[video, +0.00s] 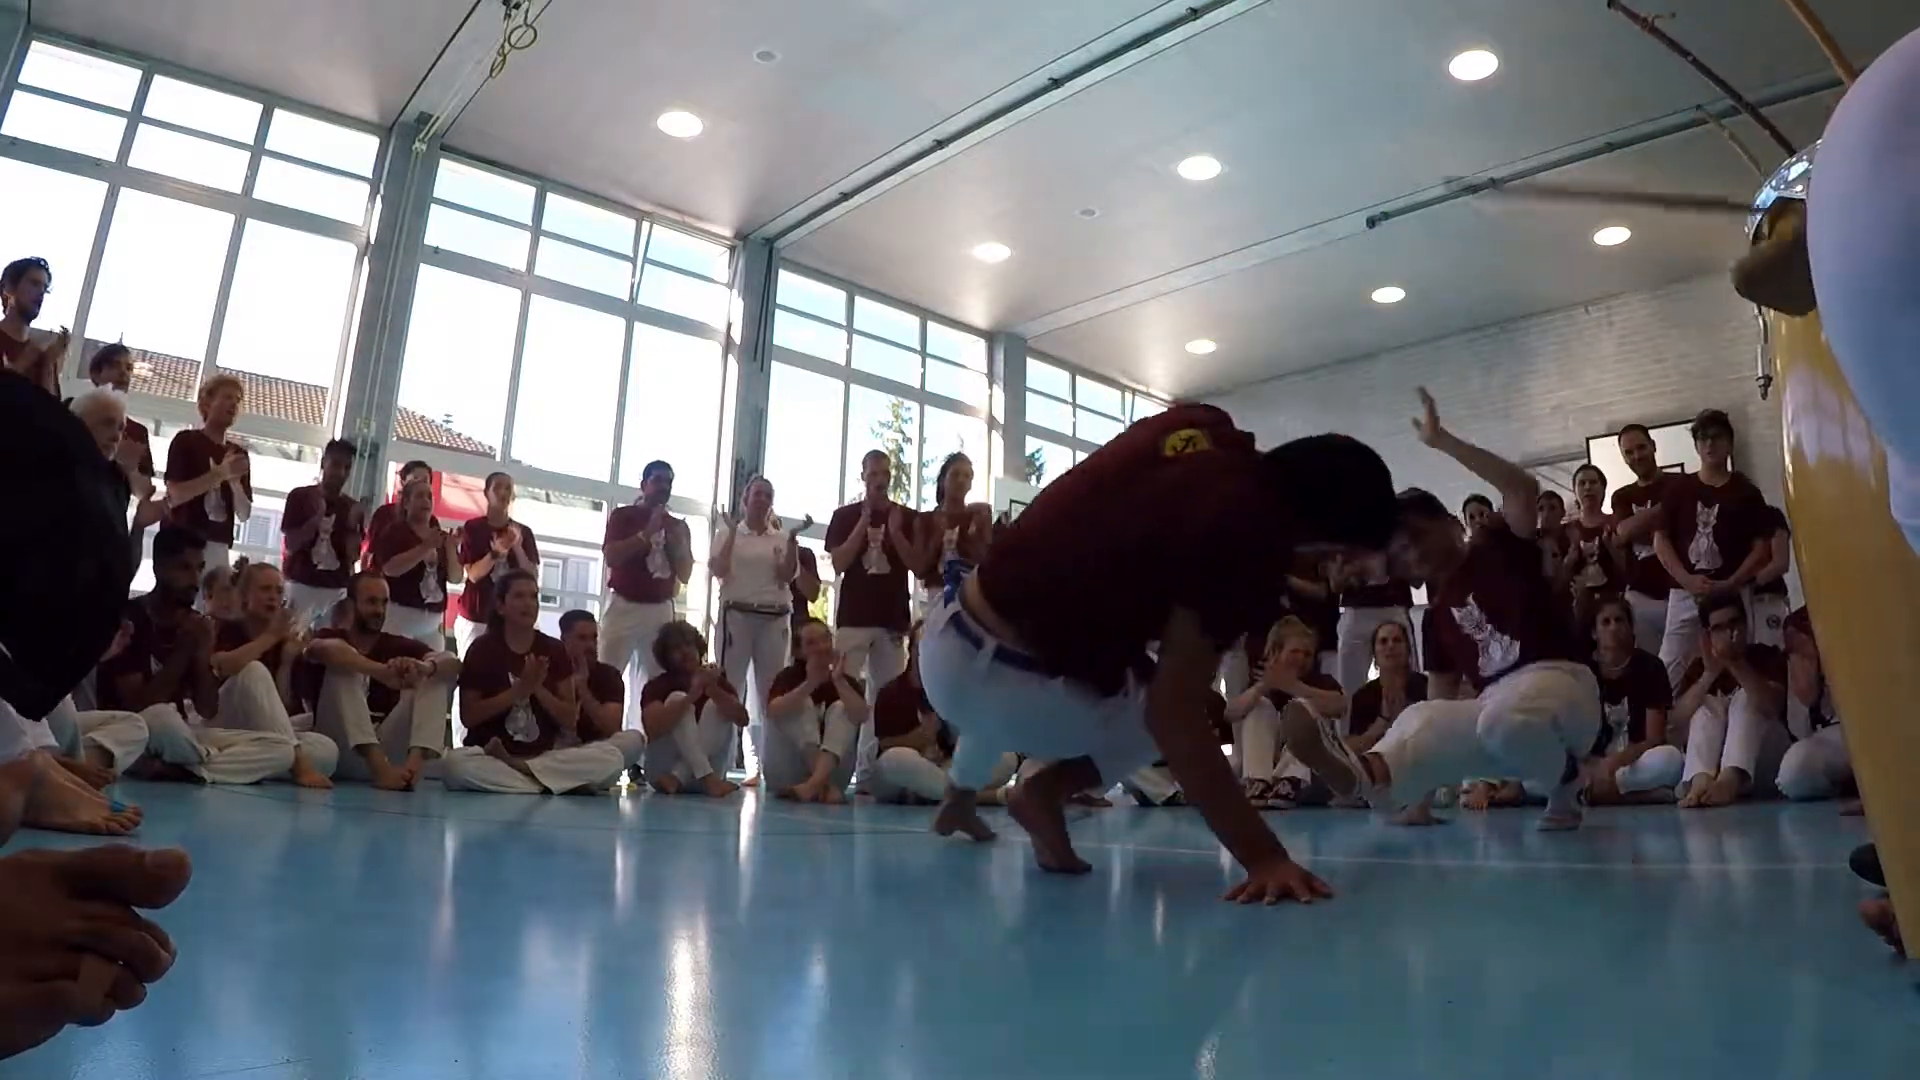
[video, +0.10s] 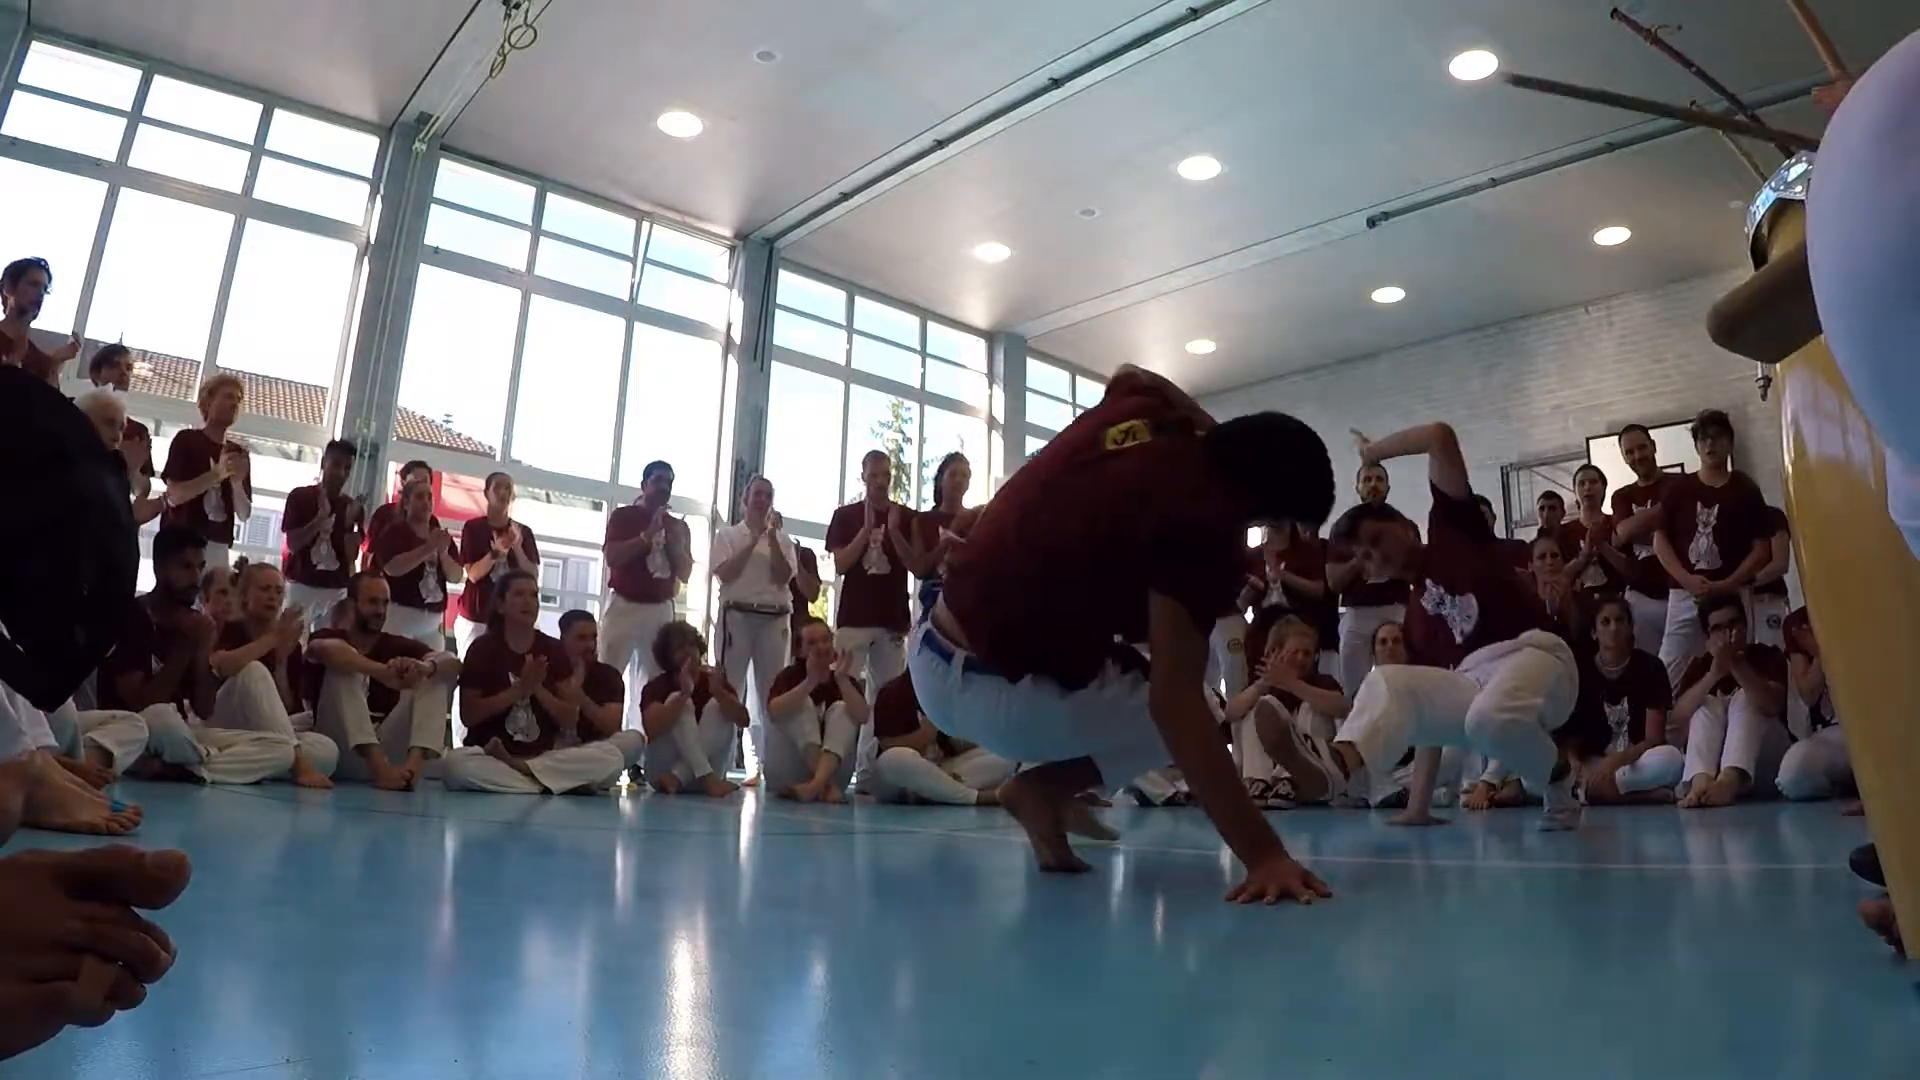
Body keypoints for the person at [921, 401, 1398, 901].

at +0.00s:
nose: (1327, 562)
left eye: (1341, 555)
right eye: (1336, 549)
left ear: (1295, 456)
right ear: (1316, 526)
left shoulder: (1196, 421)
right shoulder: (1245, 541)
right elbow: (1174, 712)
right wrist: (1264, 857)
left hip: (951, 639)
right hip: (1026, 687)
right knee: (1169, 717)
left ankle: (959, 791)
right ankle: (1042, 791)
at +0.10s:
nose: (1266, 532)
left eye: (1278, 522)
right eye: (1275, 520)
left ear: (1232, 432)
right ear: (1263, 501)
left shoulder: (1143, 408)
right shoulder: (1201, 522)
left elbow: (1131, 377)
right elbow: (1176, 700)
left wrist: (1209, 429)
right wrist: (1264, 855)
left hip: (934, 651)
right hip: (999, 690)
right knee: (1191, 711)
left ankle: (1059, 784)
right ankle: (1044, 787)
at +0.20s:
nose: (1221, 512)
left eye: (1233, 504)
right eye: (1229, 499)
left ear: (1177, 420)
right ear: (1212, 480)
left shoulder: (1080, 399)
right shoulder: (1162, 501)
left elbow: (1042, 353)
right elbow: (1166, 670)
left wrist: (1151, 401)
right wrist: (1256, 833)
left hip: (938, 680)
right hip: (1025, 694)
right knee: (1192, 710)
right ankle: (1044, 784)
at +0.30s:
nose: (1165, 493)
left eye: (1178, 483)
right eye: (1174, 478)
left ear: (1122, 411)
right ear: (1160, 455)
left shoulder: (1019, 406)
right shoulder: (1113, 480)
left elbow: (913, 390)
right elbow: (1131, 643)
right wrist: (1235, 781)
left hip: (957, 700)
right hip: (1036, 703)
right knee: (1234, 731)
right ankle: (1056, 783)